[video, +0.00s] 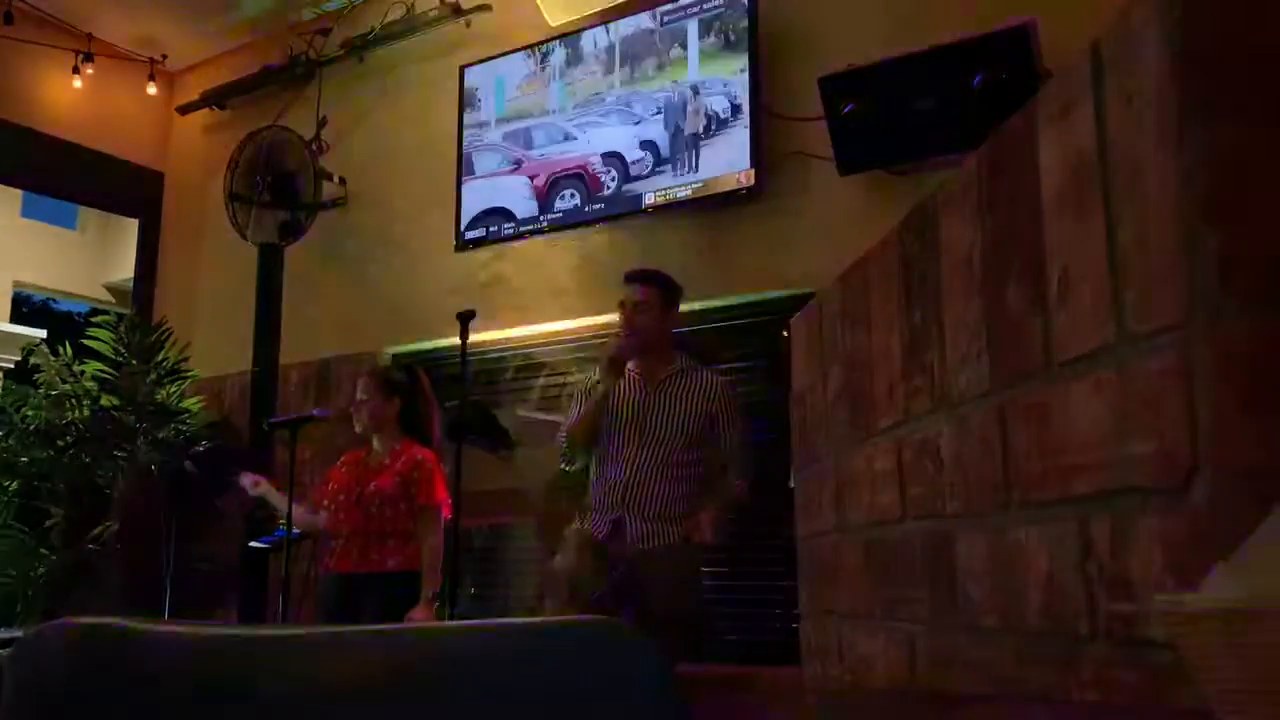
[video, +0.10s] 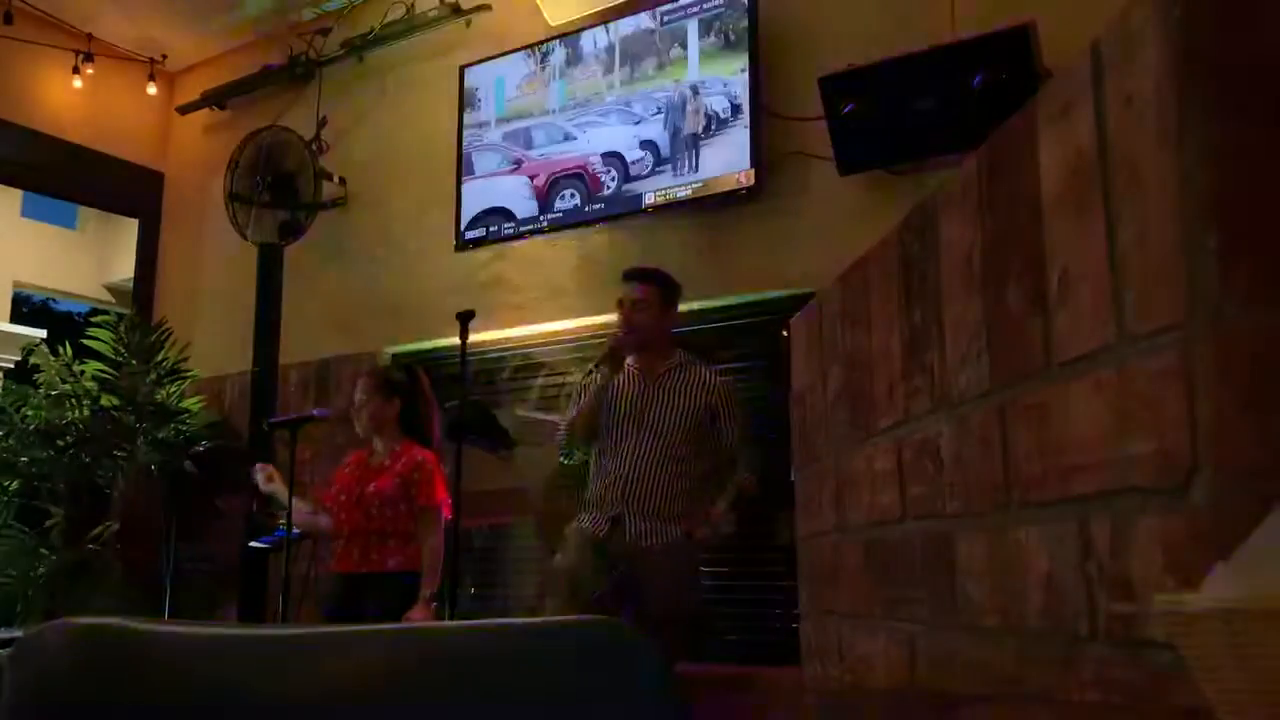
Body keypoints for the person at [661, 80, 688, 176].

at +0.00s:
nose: (674, 89)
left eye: (676, 86)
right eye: (672, 87)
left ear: (678, 87)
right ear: (671, 87)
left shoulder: (683, 97)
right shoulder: (667, 98)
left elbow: (685, 110)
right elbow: (665, 112)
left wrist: (685, 121)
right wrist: (665, 125)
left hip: (681, 124)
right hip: (671, 124)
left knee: (681, 147)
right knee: (672, 148)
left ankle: (682, 169)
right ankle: (674, 170)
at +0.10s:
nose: (675, 88)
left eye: (677, 86)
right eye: (674, 86)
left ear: (679, 87)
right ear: (672, 87)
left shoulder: (682, 97)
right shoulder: (669, 98)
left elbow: (684, 111)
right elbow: (666, 112)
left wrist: (683, 124)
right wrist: (665, 124)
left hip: (680, 125)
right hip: (671, 125)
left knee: (681, 147)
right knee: (672, 147)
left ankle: (682, 169)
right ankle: (674, 169)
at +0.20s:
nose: (675, 88)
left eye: (677, 86)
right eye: (674, 86)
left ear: (679, 87)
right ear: (672, 87)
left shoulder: (682, 97)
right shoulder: (669, 98)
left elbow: (684, 111)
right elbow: (666, 113)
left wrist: (683, 124)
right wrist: (663, 125)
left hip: (680, 125)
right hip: (671, 125)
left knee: (681, 147)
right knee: (672, 147)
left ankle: (682, 169)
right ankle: (674, 169)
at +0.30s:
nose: (675, 87)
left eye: (676, 85)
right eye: (674, 85)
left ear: (679, 86)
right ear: (672, 86)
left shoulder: (684, 96)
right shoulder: (669, 97)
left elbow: (686, 111)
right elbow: (666, 113)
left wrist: (685, 125)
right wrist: (664, 127)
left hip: (681, 124)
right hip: (672, 124)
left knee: (681, 147)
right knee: (673, 147)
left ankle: (681, 169)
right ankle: (674, 168)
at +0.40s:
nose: (676, 87)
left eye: (677, 85)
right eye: (675, 85)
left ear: (680, 85)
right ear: (673, 85)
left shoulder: (684, 96)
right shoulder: (669, 97)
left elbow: (686, 111)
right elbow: (667, 112)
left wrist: (684, 125)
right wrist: (666, 125)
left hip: (681, 125)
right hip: (672, 125)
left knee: (681, 148)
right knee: (673, 148)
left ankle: (682, 169)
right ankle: (674, 169)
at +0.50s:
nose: (675, 86)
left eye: (677, 84)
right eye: (674, 84)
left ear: (681, 85)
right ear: (673, 85)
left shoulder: (684, 96)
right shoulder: (669, 96)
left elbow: (686, 111)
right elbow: (668, 112)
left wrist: (684, 125)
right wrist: (667, 126)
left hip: (681, 124)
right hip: (672, 125)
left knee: (681, 147)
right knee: (673, 148)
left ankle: (681, 169)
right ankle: (674, 169)